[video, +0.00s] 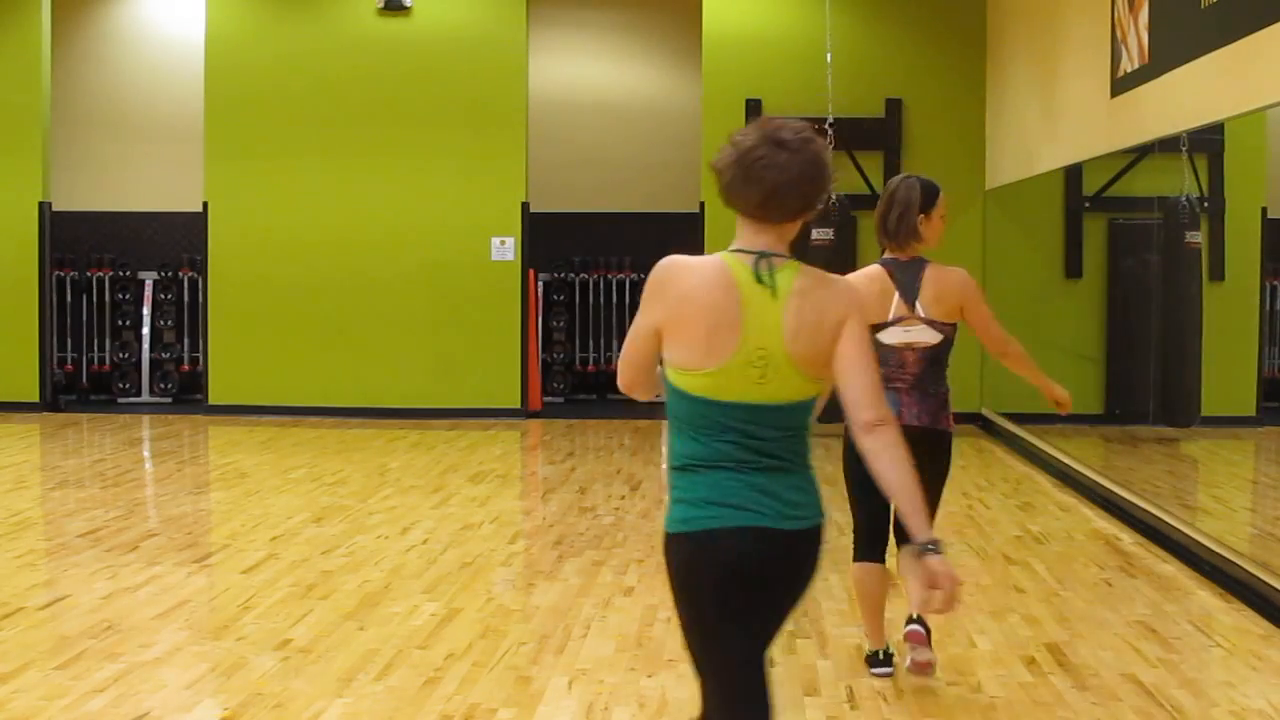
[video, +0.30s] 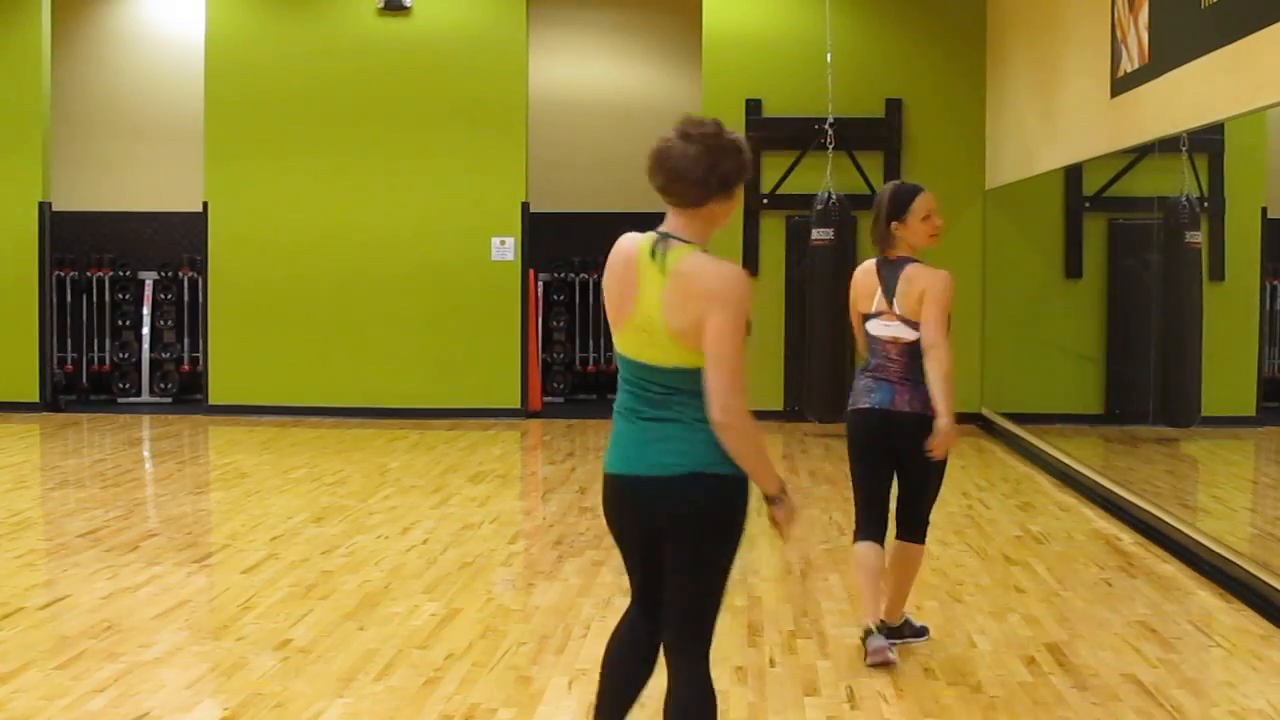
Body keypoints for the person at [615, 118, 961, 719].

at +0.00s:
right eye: (814, 200)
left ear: (732, 189)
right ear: (810, 210)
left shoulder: (675, 279)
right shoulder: (835, 299)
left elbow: (633, 381)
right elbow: (873, 425)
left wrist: (706, 374)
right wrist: (922, 539)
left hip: (704, 536)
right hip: (792, 536)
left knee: (734, 701)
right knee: (736, 683)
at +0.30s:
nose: (738, 201)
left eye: (737, 189)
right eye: (738, 189)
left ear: (666, 183)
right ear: (724, 198)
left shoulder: (623, 253)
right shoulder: (722, 279)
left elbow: (630, 351)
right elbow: (725, 411)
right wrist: (775, 489)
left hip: (627, 481)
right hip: (702, 485)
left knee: (644, 610)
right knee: (688, 648)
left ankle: (606, 712)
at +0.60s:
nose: (659, 185)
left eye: (665, 173)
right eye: (643, 175)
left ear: (674, 181)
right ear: (610, 188)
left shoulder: (673, 255)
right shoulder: (592, 264)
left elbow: (678, 352)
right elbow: (560, 374)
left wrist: (681, 432)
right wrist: (639, 434)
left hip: (639, 452)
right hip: (584, 452)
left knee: (621, 598)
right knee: (608, 604)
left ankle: (580, 707)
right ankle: (579, 712)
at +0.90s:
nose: (586, 199)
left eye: (594, 189)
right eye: (572, 189)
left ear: (606, 199)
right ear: (547, 201)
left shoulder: (621, 274)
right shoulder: (519, 270)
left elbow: (660, 365)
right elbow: (476, 362)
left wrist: (704, 442)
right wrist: (481, 439)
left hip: (587, 453)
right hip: (517, 454)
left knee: (590, 590)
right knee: (520, 579)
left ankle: (582, 711)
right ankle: (492, 675)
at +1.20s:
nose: (560, 211)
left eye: (559, 200)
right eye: (548, 202)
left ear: (548, 206)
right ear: (511, 209)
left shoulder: (573, 271)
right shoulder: (469, 276)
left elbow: (590, 361)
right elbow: (436, 365)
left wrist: (575, 440)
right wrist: (409, 446)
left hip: (549, 443)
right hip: (481, 442)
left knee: (552, 567)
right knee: (491, 567)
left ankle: (536, 656)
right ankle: (490, 682)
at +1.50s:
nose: (563, 221)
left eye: (561, 212)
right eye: (553, 213)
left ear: (532, 219)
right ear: (516, 219)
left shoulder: (567, 275)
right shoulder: (468, 275)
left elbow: (581, 359)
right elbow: (439, 354)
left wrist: (535, 408)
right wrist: (415, 424)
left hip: (542, 434)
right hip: (477, 433)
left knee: (535, 554)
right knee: (486, 556)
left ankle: (529, 648)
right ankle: (487, 679)